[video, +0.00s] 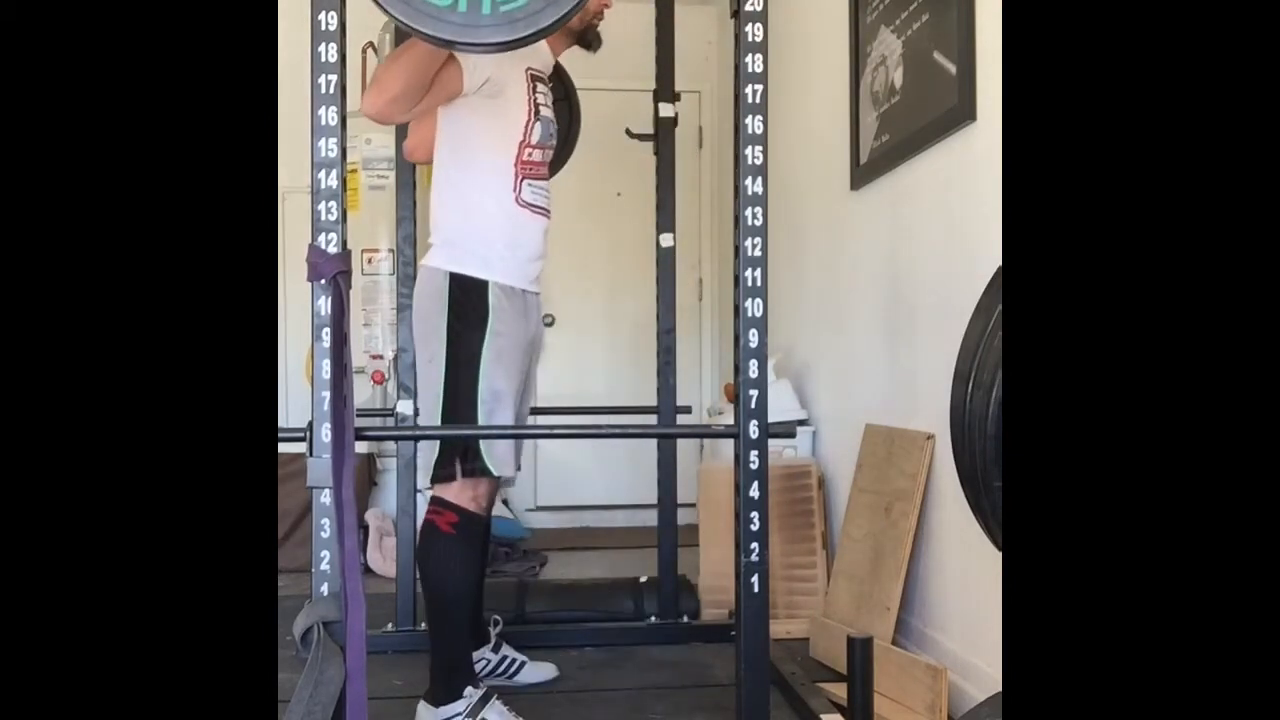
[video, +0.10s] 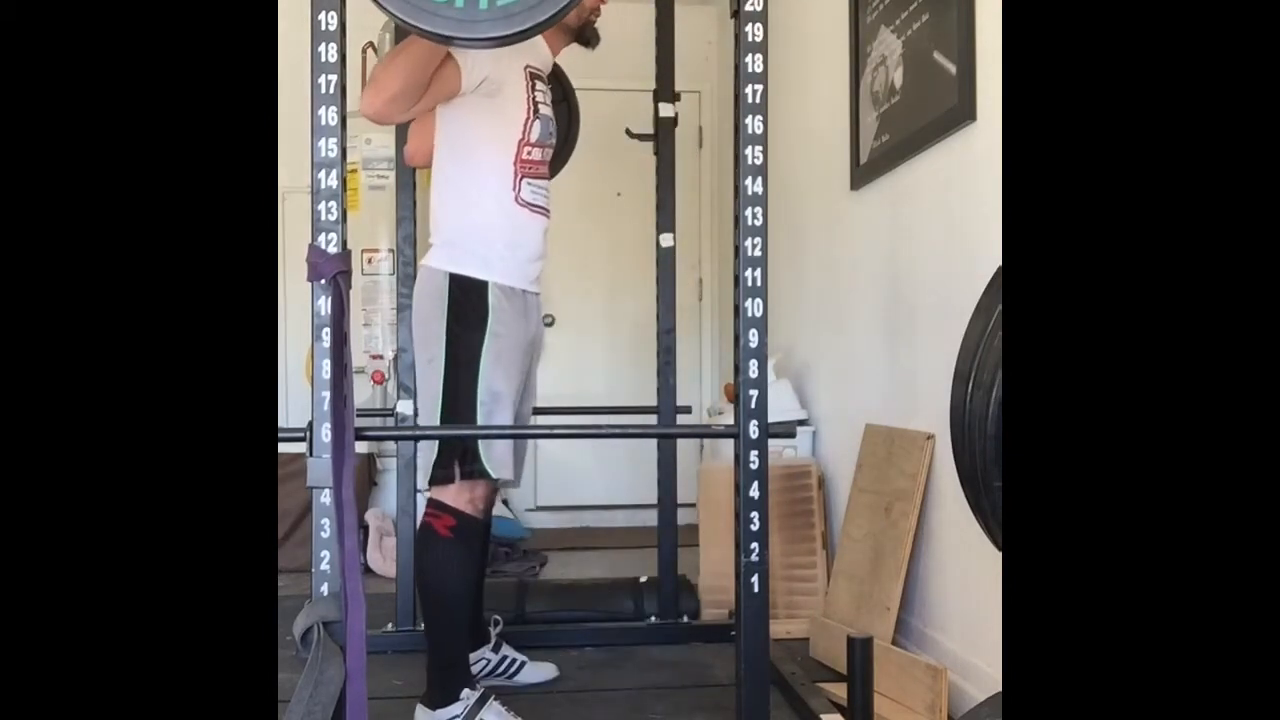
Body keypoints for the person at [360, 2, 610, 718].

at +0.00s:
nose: (605, 13)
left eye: (604, 7)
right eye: (599, 4)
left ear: (574, 14)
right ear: (568, 3)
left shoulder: (534, 69)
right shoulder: (486, 48)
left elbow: (419, 143)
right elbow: (379, 100)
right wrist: (448, 19)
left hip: (509, 292)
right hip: (468, 288)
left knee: (483, 481)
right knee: (462, 484)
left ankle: (474, 647)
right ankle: (447, 693)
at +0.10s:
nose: (602, 9)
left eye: (602, 3)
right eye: (598, 0)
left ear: (572, 9)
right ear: (573, 1)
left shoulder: (535, 68)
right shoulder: (488, 42)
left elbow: (420, 146)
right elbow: (378, 100)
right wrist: (444, 19)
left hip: (509, 293)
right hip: (467, 290)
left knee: (483, 483)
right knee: (459, 487)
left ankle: (474, 648)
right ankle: (446, 696)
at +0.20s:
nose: (598, 7)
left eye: (597, 1)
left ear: (568, 9)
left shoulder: (536, 69)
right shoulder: (483, 40)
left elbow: (418, 146)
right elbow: (376, 101)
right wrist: (440, 20)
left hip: (511, 292)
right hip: (466, 288)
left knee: (485, 482)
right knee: (459, 486)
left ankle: (475, 648)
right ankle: (445, 694)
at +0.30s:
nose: (593, 6)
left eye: (593, 1)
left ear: (564, 7)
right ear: (571, 1)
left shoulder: (534, 69)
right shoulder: (483, 38)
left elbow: (417, 145)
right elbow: (375, 99)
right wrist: (432, 18)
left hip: (509, 292)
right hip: (464, 287)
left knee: (483, 485)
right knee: (458, 489)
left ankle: (477, 648)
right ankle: (445, 697)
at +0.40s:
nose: (594, 3)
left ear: (564, 8)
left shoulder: (530, 67)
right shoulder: (482, 35)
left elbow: (414, 144)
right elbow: (373, 97)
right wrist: (432, 14)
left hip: (506, 290)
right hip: (460, 286)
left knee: (483, 481)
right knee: (455, 486)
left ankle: (475, 647)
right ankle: (445, 696)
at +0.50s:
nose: (595, 4)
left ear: (568, 9)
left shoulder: (535, 70)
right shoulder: (482, 37)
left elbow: (414, 145)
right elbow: (371, 99)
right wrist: (433, 16)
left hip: (503, 292)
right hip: (456, 286)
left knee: (481, 482)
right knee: (452, 487)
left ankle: (475, 649)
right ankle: (444, 696)